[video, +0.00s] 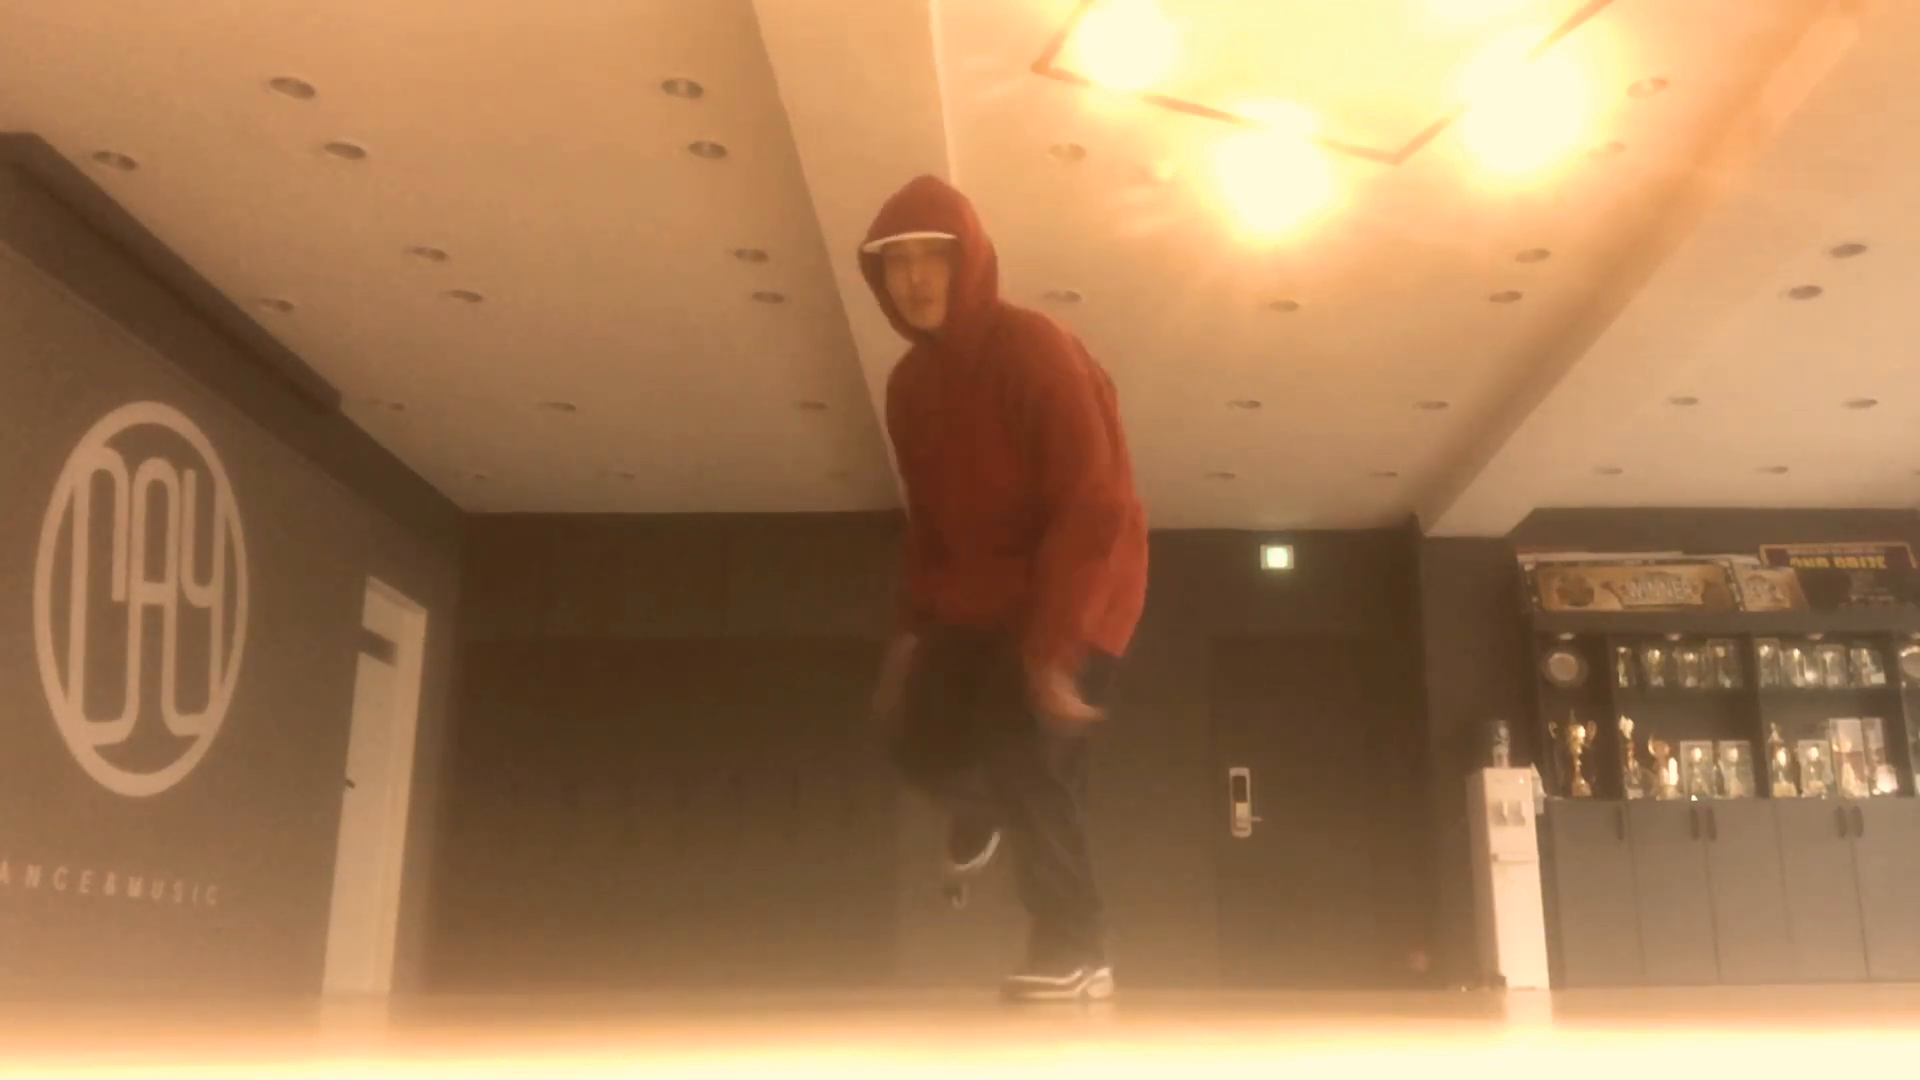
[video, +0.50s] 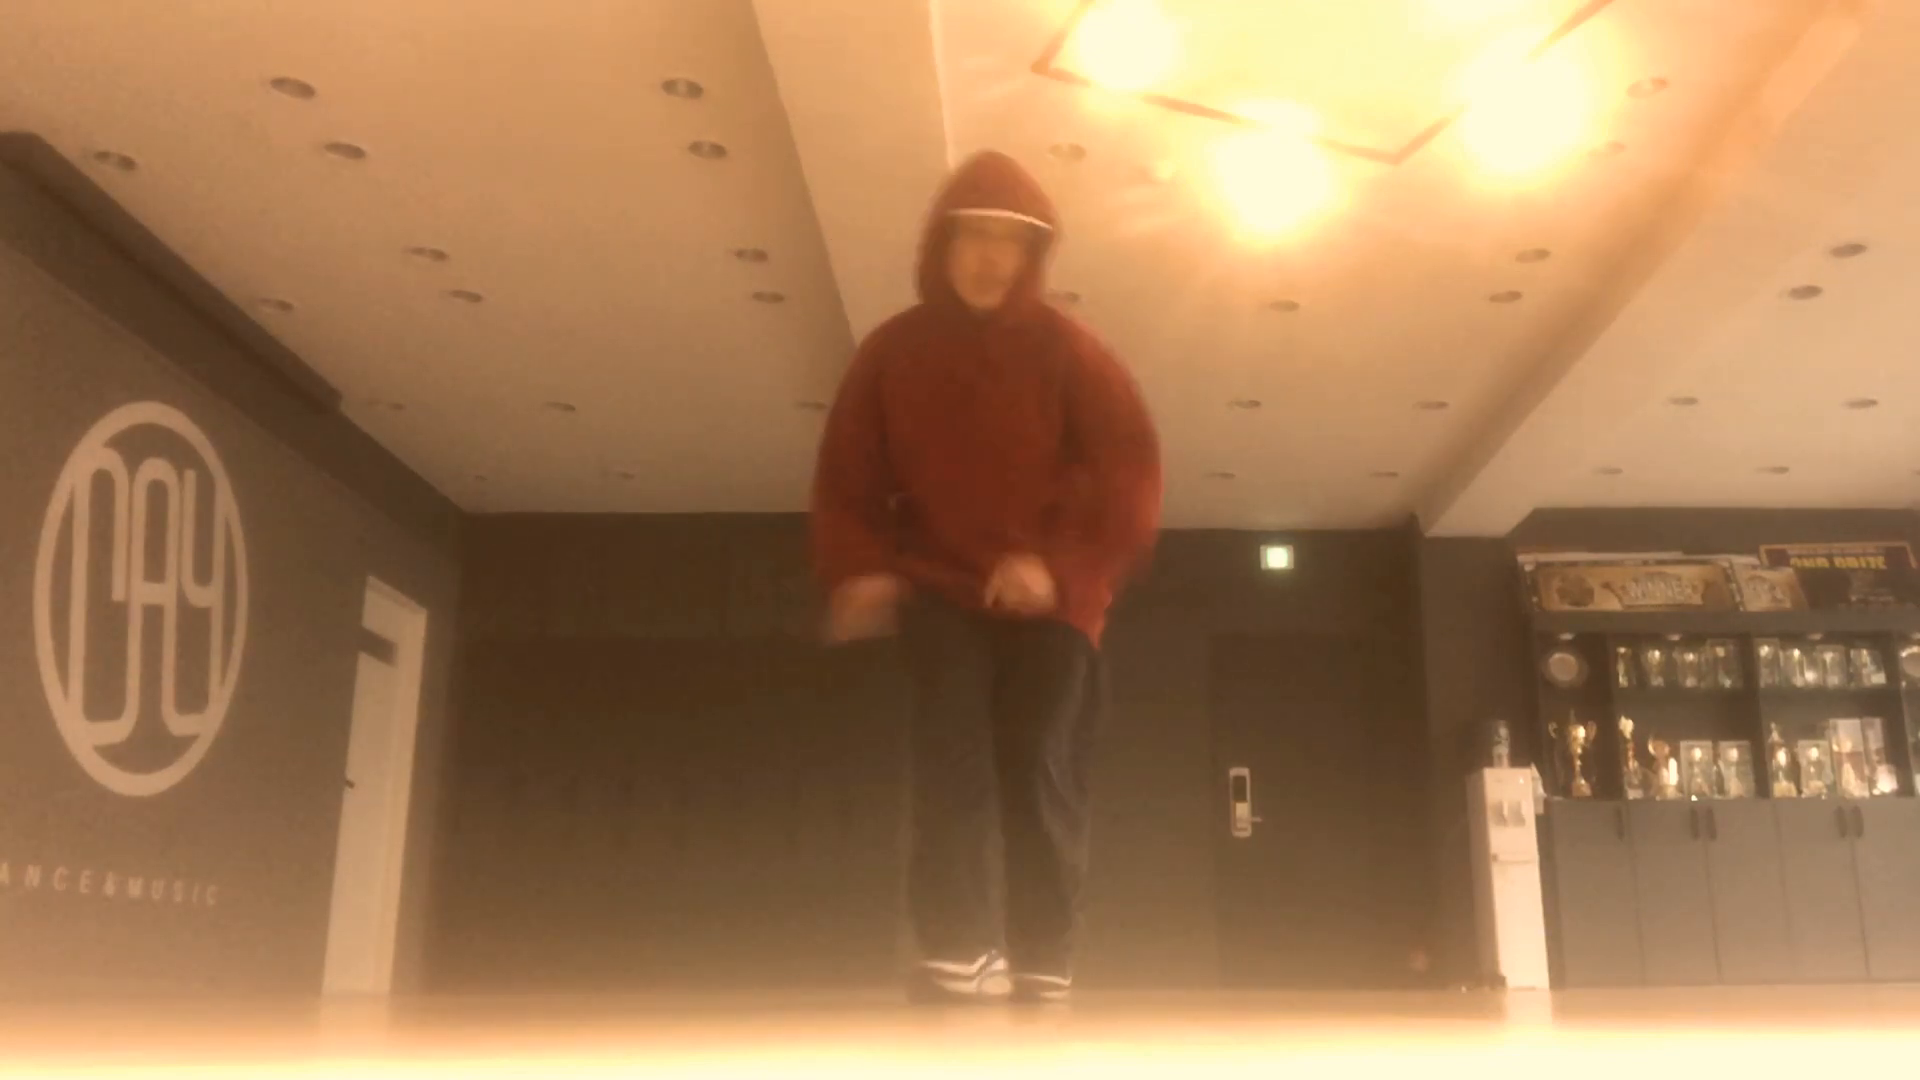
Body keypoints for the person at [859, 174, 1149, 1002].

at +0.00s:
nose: (911, 280)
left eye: (928, 258)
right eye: (893, 264)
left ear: (967, 262)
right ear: (878, 281)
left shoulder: (1041, 353)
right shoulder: (909, 383)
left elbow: (1095, 506)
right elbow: (929, 519)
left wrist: (1053, 645)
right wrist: (912, 624)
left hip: (1064, 592)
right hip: (972, 595)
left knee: (1031, 761)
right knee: (918, 738)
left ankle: (1072, 947)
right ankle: (981, 796)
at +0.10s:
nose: (907, 270)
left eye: (924, 248)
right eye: (888, 253)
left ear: (962, 252)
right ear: (872, 271)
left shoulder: (1036, 335)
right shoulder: (905, 378)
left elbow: (1114, 456)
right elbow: (929, 494)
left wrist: (1014, 528)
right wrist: (942, 558)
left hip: (1085, 578)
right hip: (980, 585)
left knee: (1030, 744)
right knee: (911, 704)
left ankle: (1071, 944)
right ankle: (959, 871)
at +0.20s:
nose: (910, 254)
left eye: (928, 233)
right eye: (892, 238)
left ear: (966, 238)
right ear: (875, 255)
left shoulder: (1046, 321)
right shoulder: (903, 362)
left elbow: (1105, 381)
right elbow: (897, 479)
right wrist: (908, 548)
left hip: (1080, 569)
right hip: (971, 571)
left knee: (1028, 737)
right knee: (928, 733)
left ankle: (1073, 939)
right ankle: (959, 925)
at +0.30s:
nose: (936, 255)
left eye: (955, 234)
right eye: (916, 237)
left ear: (989, 243)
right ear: (895, 256)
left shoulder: (1048, 319)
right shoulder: (904, 376)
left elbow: (1058, 340)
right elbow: (847, 490)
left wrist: (1038, 362)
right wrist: (827, 578)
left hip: (1065, 583)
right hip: (953, 586)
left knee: (1036, 748)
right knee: (948, 746)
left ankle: (1068, 929)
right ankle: (989, 936)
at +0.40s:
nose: (950, 247)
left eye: (970, 228)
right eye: (932, 227)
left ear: (1003, 236)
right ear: (909, 240)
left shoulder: (1061, 325)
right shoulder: (894, 361)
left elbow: (1109, 373)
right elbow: (847, 485)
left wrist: (1047, 424)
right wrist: (785, 587)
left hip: (1059, 596)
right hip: (945, 597)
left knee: (1048, 776)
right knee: (953, 769)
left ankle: (1053, 950)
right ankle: (980, 943)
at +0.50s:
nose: (987, 257)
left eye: (1007, 241)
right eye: (971, 238)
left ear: (1032, 253)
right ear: (943, 246)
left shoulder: (1069, 352)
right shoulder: (893, 352)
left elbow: (1127, 475)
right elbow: (845, 475)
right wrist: (857, 567)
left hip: (1050, 597)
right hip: (935, 592)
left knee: (1041, 772)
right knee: (949, 769)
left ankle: (1044, 956)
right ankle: (956, 949)